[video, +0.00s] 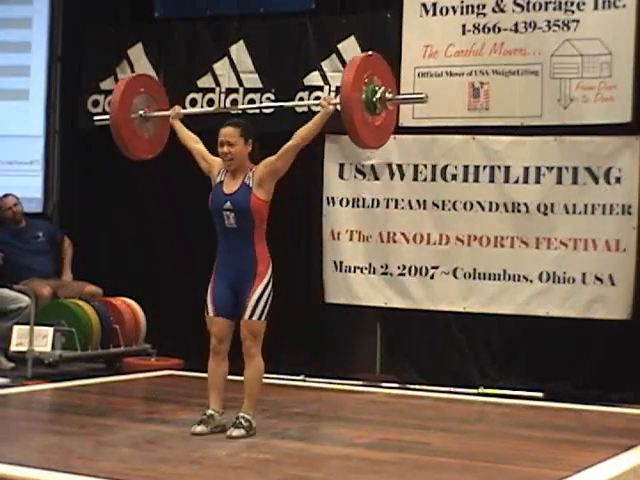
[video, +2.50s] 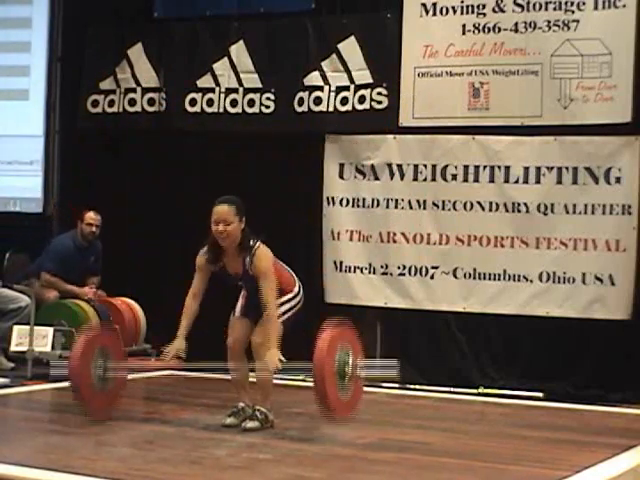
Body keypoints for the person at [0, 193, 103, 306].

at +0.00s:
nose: (14, 210)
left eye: (16, 205)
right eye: (8, 209)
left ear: (21, 206)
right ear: (2, 215)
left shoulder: (41, 225)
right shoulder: (4, 234)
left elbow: (66, 242)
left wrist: (67, 273)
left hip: (54, 279)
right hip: (25, 281)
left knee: (95, 292)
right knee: (45, 293)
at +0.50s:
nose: (14, 211)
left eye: (16, 205)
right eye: (8, 209)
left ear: (21, 205)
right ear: (2, 215)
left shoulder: (41, 225)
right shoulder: (4, 234)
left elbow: (66, 242)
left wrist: (67, 273)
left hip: (54, 279)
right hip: (25, 281)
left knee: (95, 292)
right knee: (45, 293)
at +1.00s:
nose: (15, 211)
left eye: (16, 205)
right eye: (9, 209)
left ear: (22, 206)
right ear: (3, 215)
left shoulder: (41, 226)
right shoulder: (4, 235)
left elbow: (66, 242)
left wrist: (67, 273)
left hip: (54, 279)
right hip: (26, 280)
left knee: (94, 292)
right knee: (45, 293)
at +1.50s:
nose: (29, 206)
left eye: (32, 202)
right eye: (24, 203)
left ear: (36, 205)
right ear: (16, 207)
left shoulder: (47, 229)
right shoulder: (7, 231)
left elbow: (69, 247)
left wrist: (69, 262)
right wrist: (3, 255)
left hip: (53, 278)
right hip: (25, 279)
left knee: (94, 292)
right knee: (45, 293)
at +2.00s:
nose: (57, 208)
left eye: (61, 205)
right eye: (53, 204)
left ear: (65, 208)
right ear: (44, 206)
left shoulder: (65, 234)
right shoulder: (29, 233)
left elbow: (74, 266)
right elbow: (26, 270)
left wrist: (76, 277)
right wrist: (64, 278)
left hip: (62, 281)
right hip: (34, 280)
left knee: (94, 293)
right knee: (47, 292)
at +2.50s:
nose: (93, 230)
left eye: (97, 226)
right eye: (89, 225)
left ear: (100, 229)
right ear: (80, 225)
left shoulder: (95, 246)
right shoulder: (62, 243)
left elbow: (94, 275)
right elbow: (45, 278)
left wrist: (91, 288)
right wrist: (78, 292)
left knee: (100, 296)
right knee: (52, 296)